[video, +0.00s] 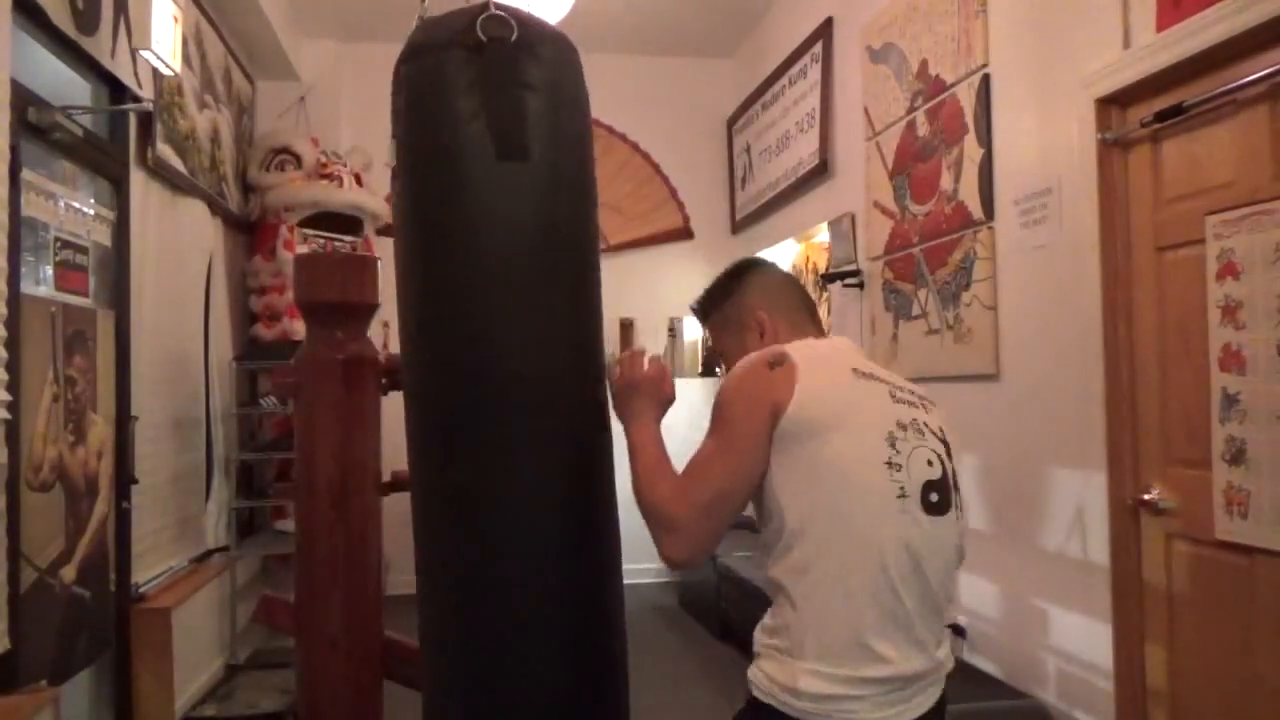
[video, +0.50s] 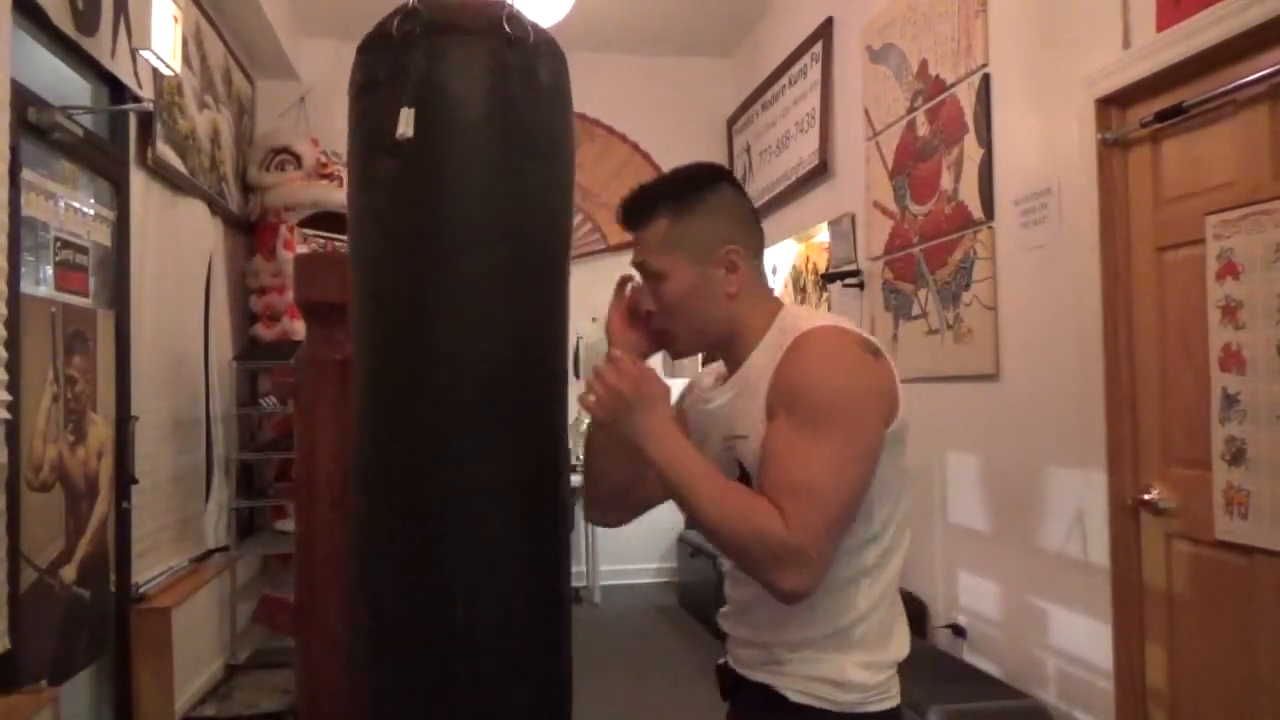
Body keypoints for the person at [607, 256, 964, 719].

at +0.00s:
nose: (728, 378)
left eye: (725, 362)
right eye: (722, 366)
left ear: (760, 330)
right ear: (813, 326)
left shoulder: (767, 376)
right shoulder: (899, 388)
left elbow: (680, 540)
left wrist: (640, 418)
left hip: (810, 704)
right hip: (922, 697)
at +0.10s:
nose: (715, 352)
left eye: (716, 330)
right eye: (710, 334)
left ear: (763, 307)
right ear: (779, 308)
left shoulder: (792, 355)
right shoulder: (865, 358)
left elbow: (700, 520)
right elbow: (774, 542)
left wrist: (655, 389)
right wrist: (730, 414)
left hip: (832, 697)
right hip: (912, 689)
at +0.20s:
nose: (698, 321)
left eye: (706, 299)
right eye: (698, 301)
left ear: (768, 292)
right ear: (771, 294)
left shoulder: (822, 346)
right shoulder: (837, 344)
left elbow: (740, 518)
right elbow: (726, 514)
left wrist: (673, 387)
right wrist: (697, 383)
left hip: (845, 692)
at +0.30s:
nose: (688, 306)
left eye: (697, 284)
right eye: (686, 286)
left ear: (766, 281)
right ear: (765, 284)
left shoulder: (847, 358)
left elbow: (804, 542)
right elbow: (669, 510)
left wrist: (684, 411)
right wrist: (672, 393)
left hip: (847, 692)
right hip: (788, 678)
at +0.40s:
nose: (668, 306)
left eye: (680, 283)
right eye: (666, 285)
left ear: (752, 276)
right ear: (751, 281)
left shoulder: (853, 362)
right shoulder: (736, 391)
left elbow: (820, 553)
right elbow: (642, 512)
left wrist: (682, 426)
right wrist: (651, 376)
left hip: (840, 694)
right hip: (763, 678)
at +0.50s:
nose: (644, 301)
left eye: (656, 278)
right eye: (641, 280)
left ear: (730, 270)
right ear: (729, 276)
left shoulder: (832, 363)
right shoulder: (713, 386)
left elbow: (793, 564)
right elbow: (609, 504)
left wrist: (654, 430)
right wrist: (625, 363)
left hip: (826, 698)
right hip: (751, 683)